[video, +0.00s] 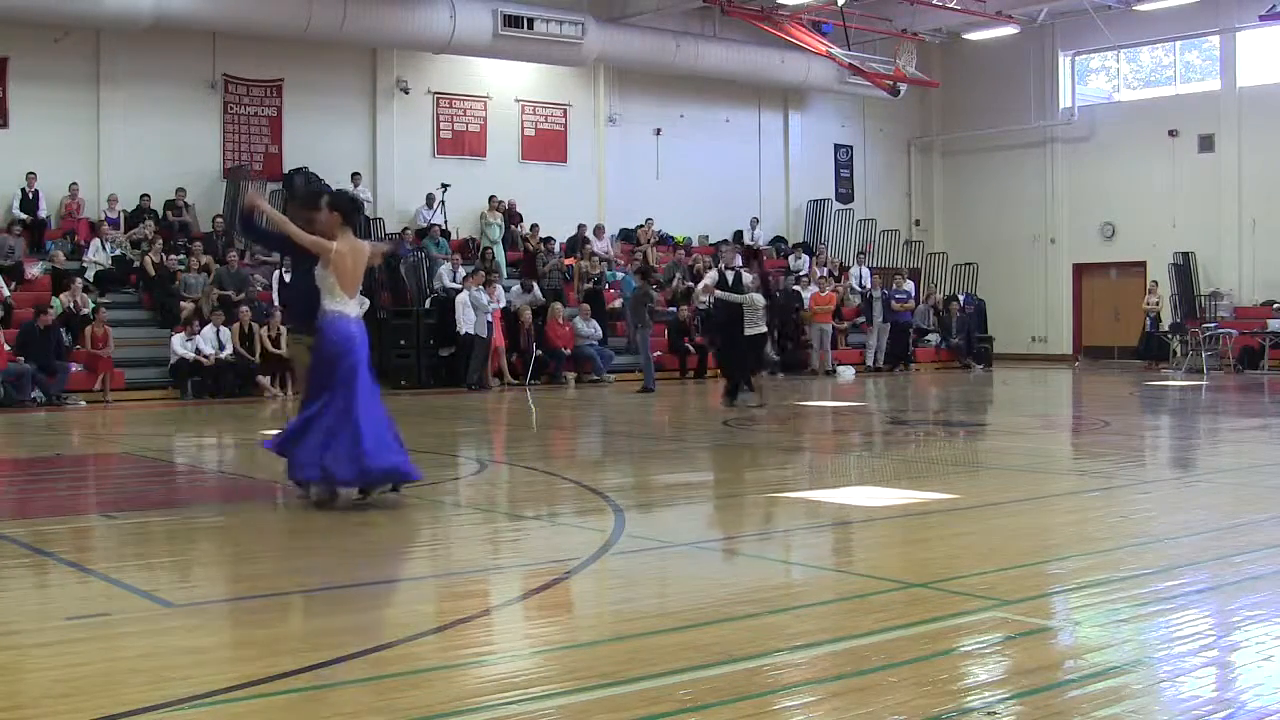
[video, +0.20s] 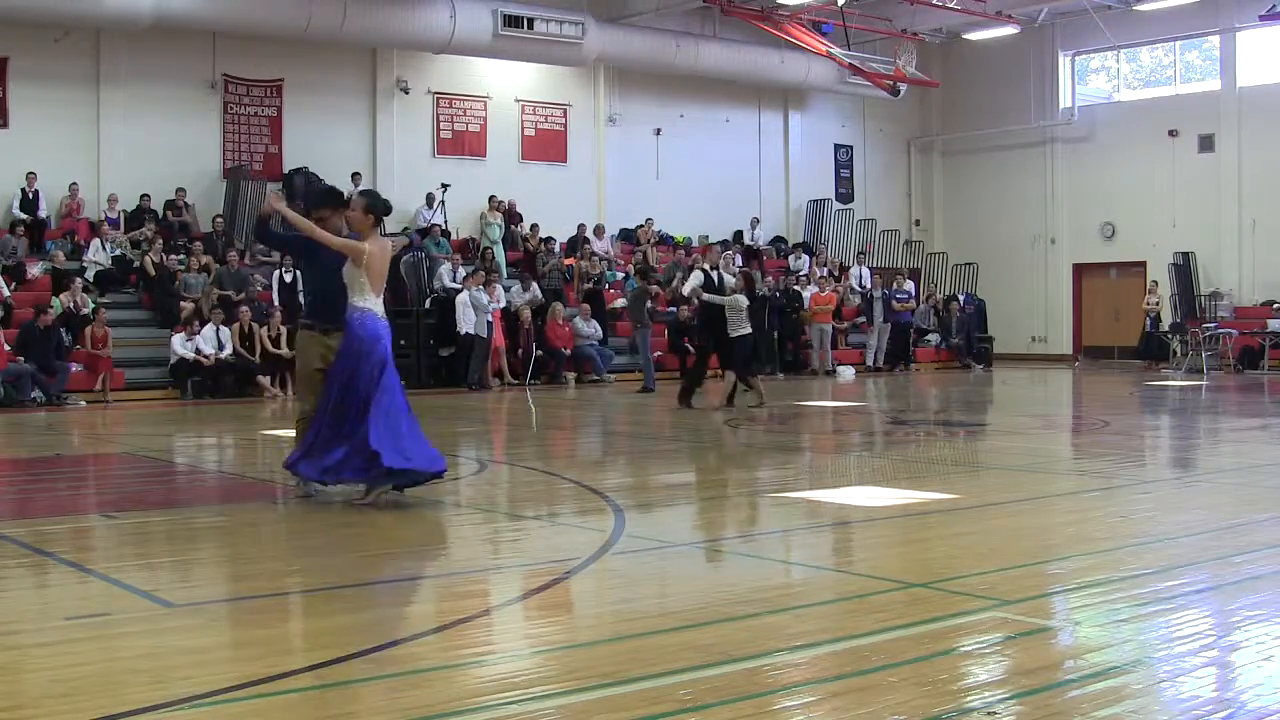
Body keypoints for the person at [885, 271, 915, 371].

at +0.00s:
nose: (897, 281)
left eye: (899, 279)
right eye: (895, 279)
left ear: (903, 280)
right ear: (893, 281)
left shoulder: (908, 293)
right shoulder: (891, 293)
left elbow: (912, 305)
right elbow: (893, 307)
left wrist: (899, 305)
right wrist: (906, 306)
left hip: (906, 321)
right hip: (895, 321)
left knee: (906, 343)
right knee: (895, 343)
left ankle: (906, 363)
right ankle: (896, 364)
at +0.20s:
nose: (898, 281)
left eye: (900, 279)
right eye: (896, 279)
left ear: (904, 280)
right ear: (894, 281)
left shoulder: (908, 293)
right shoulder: (892, 293)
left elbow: (913, 305)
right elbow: (895, 307)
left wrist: (901, 305)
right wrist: (907, 306)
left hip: (907, 321)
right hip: (896, 321)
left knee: (906, 343)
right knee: (896, 343)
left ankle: (907, 363)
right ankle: (896, 363)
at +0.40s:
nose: (900, 282)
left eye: (902, 279)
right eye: (898, 279)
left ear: (905, 280)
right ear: (896, 281)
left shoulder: (909, 293)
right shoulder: (893, 293)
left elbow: (914, 305)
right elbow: (896, 307)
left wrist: (901, 305)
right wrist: (908, 305)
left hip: (907, 321)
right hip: (897, 321)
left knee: (906, 343)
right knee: (896, 343)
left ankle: (907, 363)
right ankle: (896, 364)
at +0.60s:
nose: (900, 281)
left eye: (902, 279)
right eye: (898, 279)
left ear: (906, 281)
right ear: (896, 281)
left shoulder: (910, 293)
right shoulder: (894, 293)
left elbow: (914, 305)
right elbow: (896, 307)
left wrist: (901, 305)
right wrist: (908, 306)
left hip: (907, 321)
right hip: (897, 321)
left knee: (906, 343)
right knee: (896, 343)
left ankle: (906, 363)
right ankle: (896, 364)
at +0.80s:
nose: (901, 281)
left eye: (903, 279)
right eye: (899, 279)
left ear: (906, 281)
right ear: (897, 281)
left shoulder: (910, 293)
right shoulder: (894, 293)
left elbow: (914, 306)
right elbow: (896, 307)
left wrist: (902, 305)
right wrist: (909, 306)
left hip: (908, 321)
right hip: (897, 321)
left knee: (906, 343)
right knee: (897, 343)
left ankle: (907, 363)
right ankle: (896, 365)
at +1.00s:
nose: (901, 281)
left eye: (903, 279)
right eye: (899, 279)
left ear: (906, 281)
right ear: (897, 281)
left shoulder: (911, 293)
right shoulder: (894, 293)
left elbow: (914, 305)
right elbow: (896, 307)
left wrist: (902, 305)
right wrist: (909, 306)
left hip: (908, 321)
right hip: (897, 321)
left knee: (906, 343)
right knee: (897, 344)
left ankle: (907, 363)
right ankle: (896, 364)